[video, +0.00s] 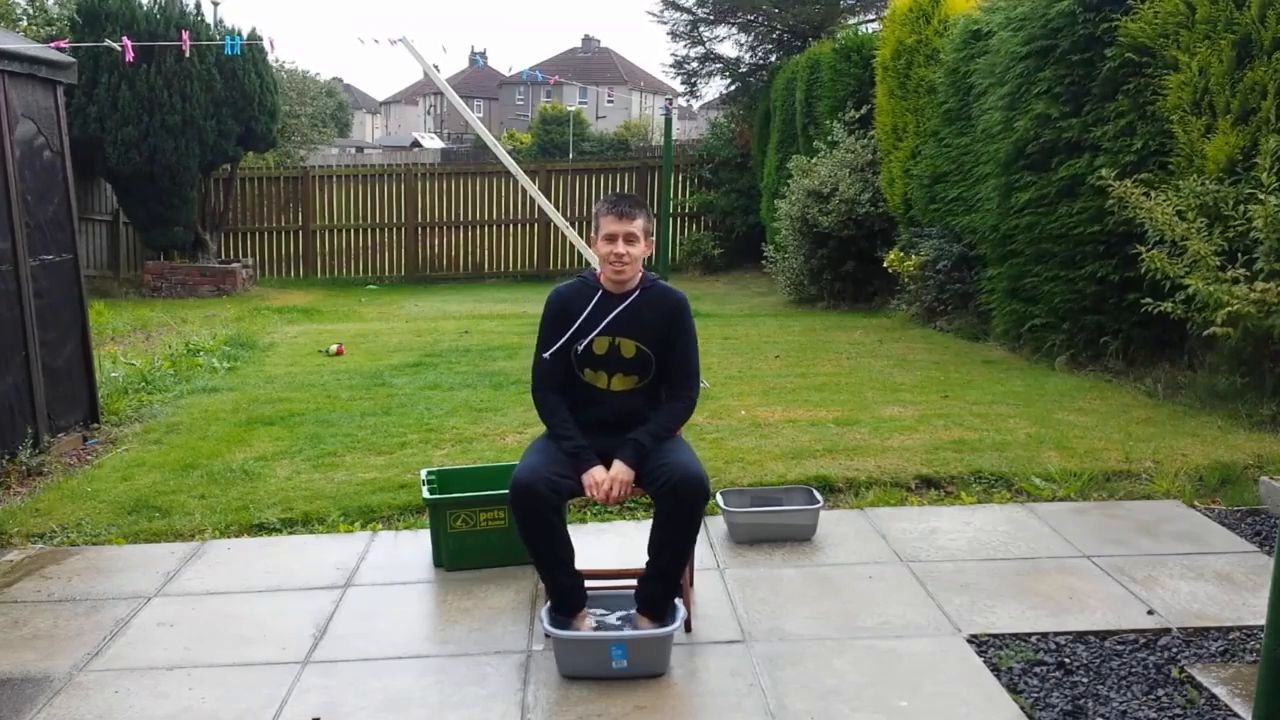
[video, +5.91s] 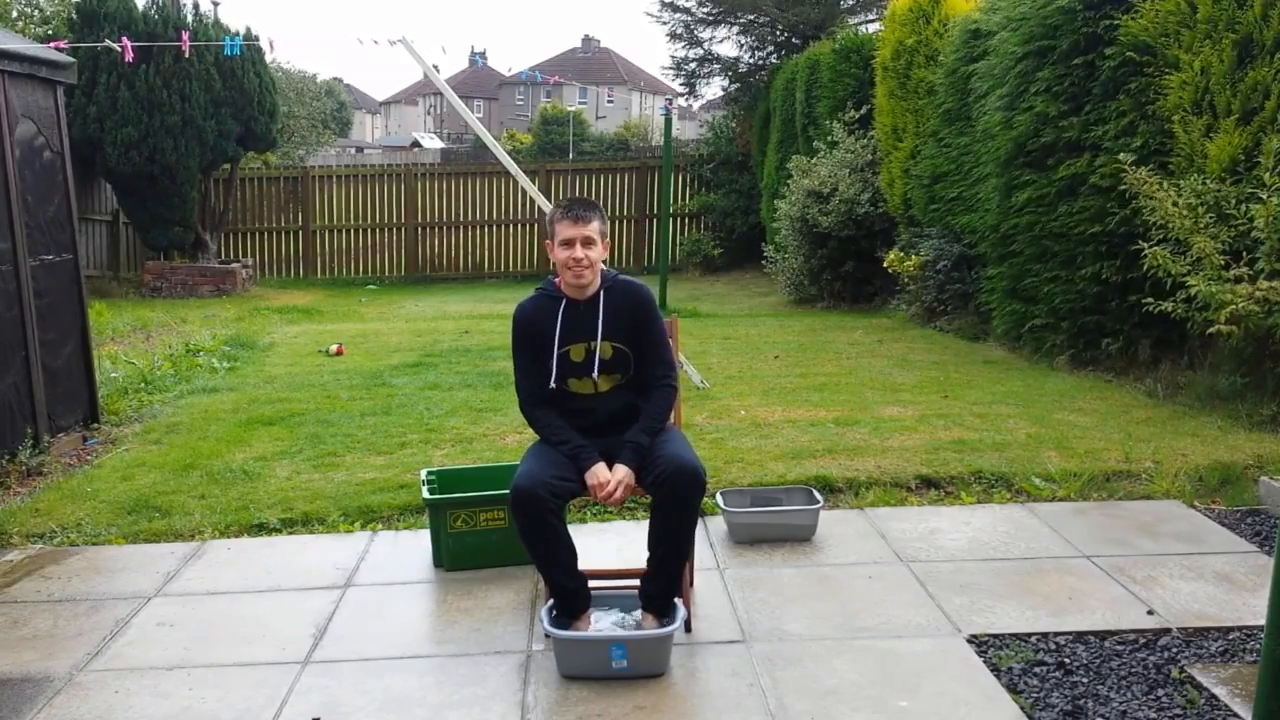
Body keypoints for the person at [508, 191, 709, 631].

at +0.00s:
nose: (618, 250)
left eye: (630, 239)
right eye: (609, 239)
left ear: (648, 247)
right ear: (594, 245)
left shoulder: (670, 305)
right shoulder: (565, 301)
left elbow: (683, 395)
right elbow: (546, 388)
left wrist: (631, 456)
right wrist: (586, 461)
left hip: (648, 435)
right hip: (574, 436)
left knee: (689, 484)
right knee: (527, 487)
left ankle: (654, 604)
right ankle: (569, 604)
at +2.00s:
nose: (618, 253)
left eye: (630, 242)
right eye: (608, 241)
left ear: (647, 249)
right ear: (591, 246)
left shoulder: (667, 307)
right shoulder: (562, 304)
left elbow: (681, 395)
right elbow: (545, 393)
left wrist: (633, 458)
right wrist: (587, 461)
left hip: (649, 436)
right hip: (574, 438)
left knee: (694, 485)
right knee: (527, 489)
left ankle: (656, 606)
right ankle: (573, 606)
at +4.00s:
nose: (617, 249)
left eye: (628, 240)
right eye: (607, 239)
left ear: (645, 248)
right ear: (589, 246)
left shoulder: (666, 307)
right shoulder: (562, 304)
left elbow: (680, 396)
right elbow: (545, 394)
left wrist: (633, 458)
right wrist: (586, 461)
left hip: (648, 436)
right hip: (574, 437)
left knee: (693, 484)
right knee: (527, 489)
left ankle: (658, 603)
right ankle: (571, 603)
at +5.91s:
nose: (578, 255)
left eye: (588, 244)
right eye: (567, 245)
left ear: (604, 248)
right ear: (551, 251)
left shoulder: (635, 299)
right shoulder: (532, 315)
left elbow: (663, 384)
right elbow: (534, 403)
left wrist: (629, 458)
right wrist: (587, 459)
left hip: (639, 432)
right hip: (567, 439)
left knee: (686, 476)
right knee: (527, 492)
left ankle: (657, 603)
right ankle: (573, 606)